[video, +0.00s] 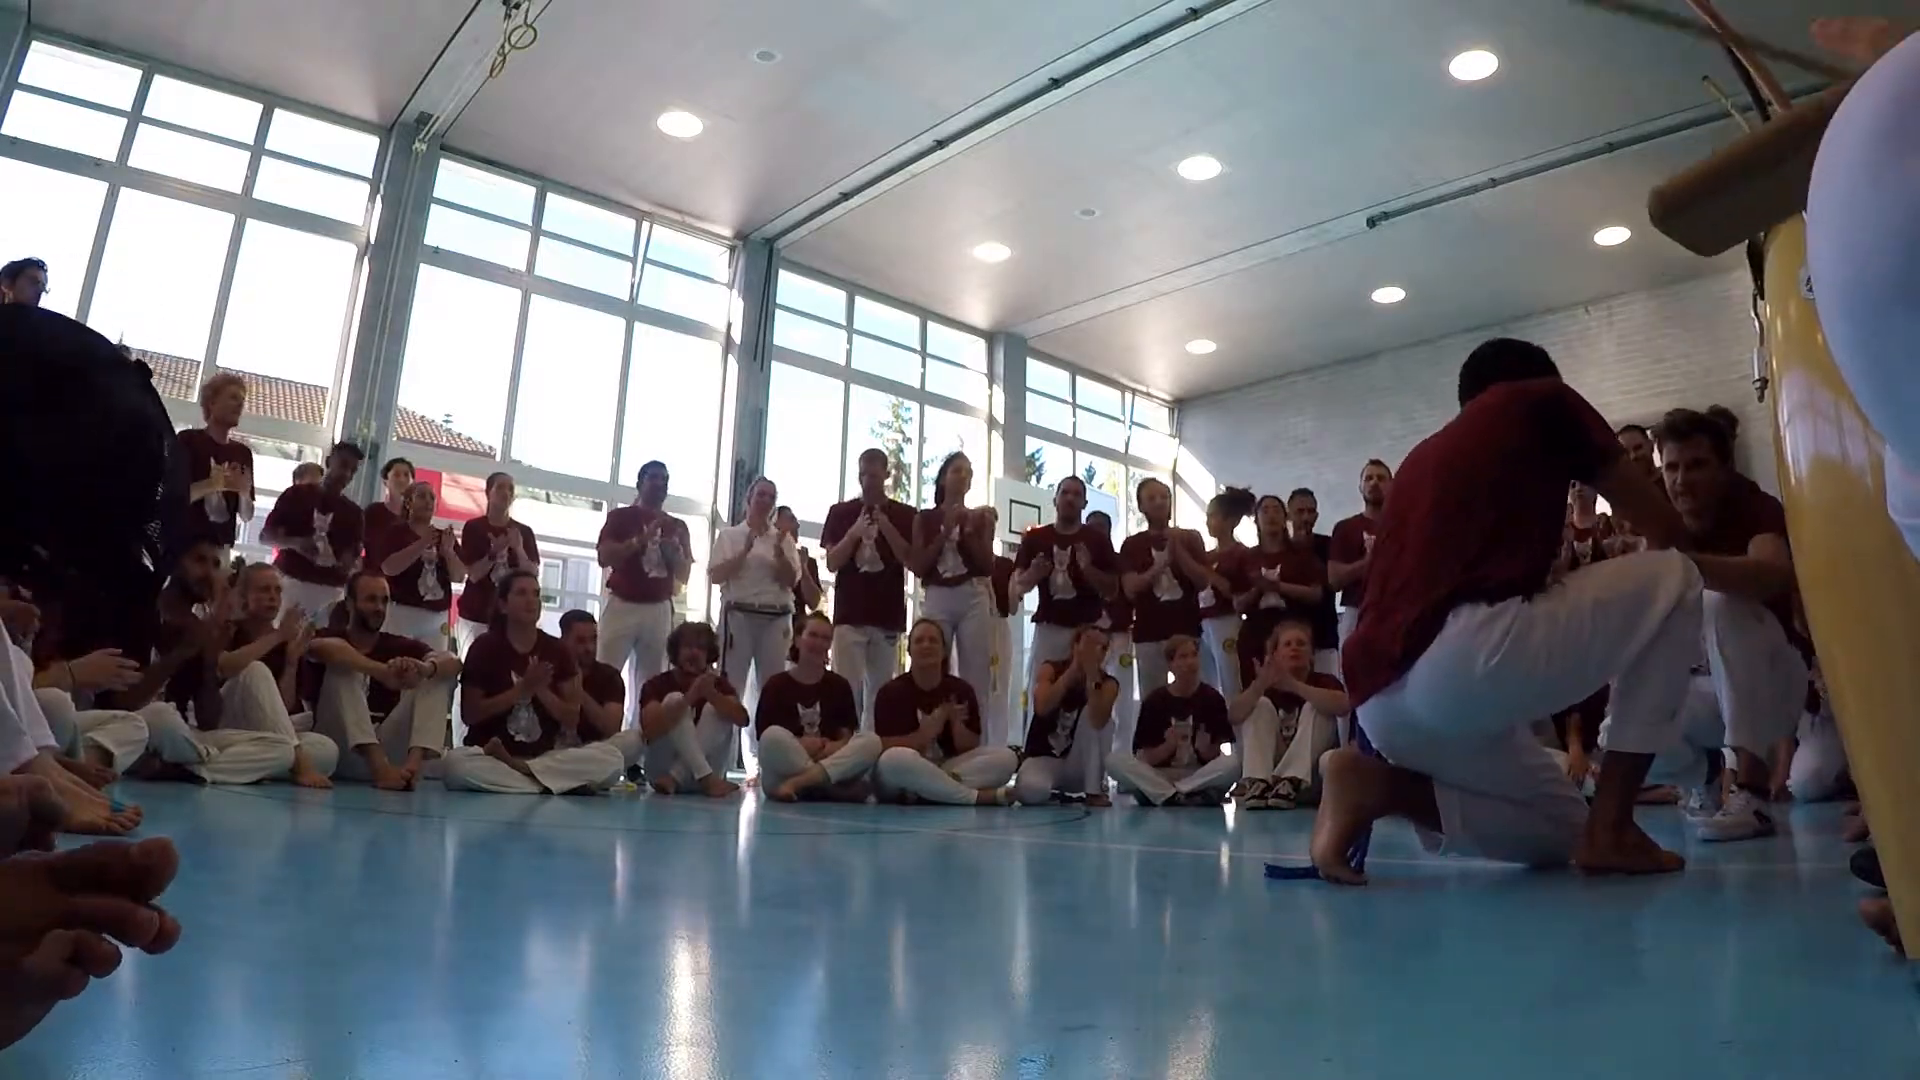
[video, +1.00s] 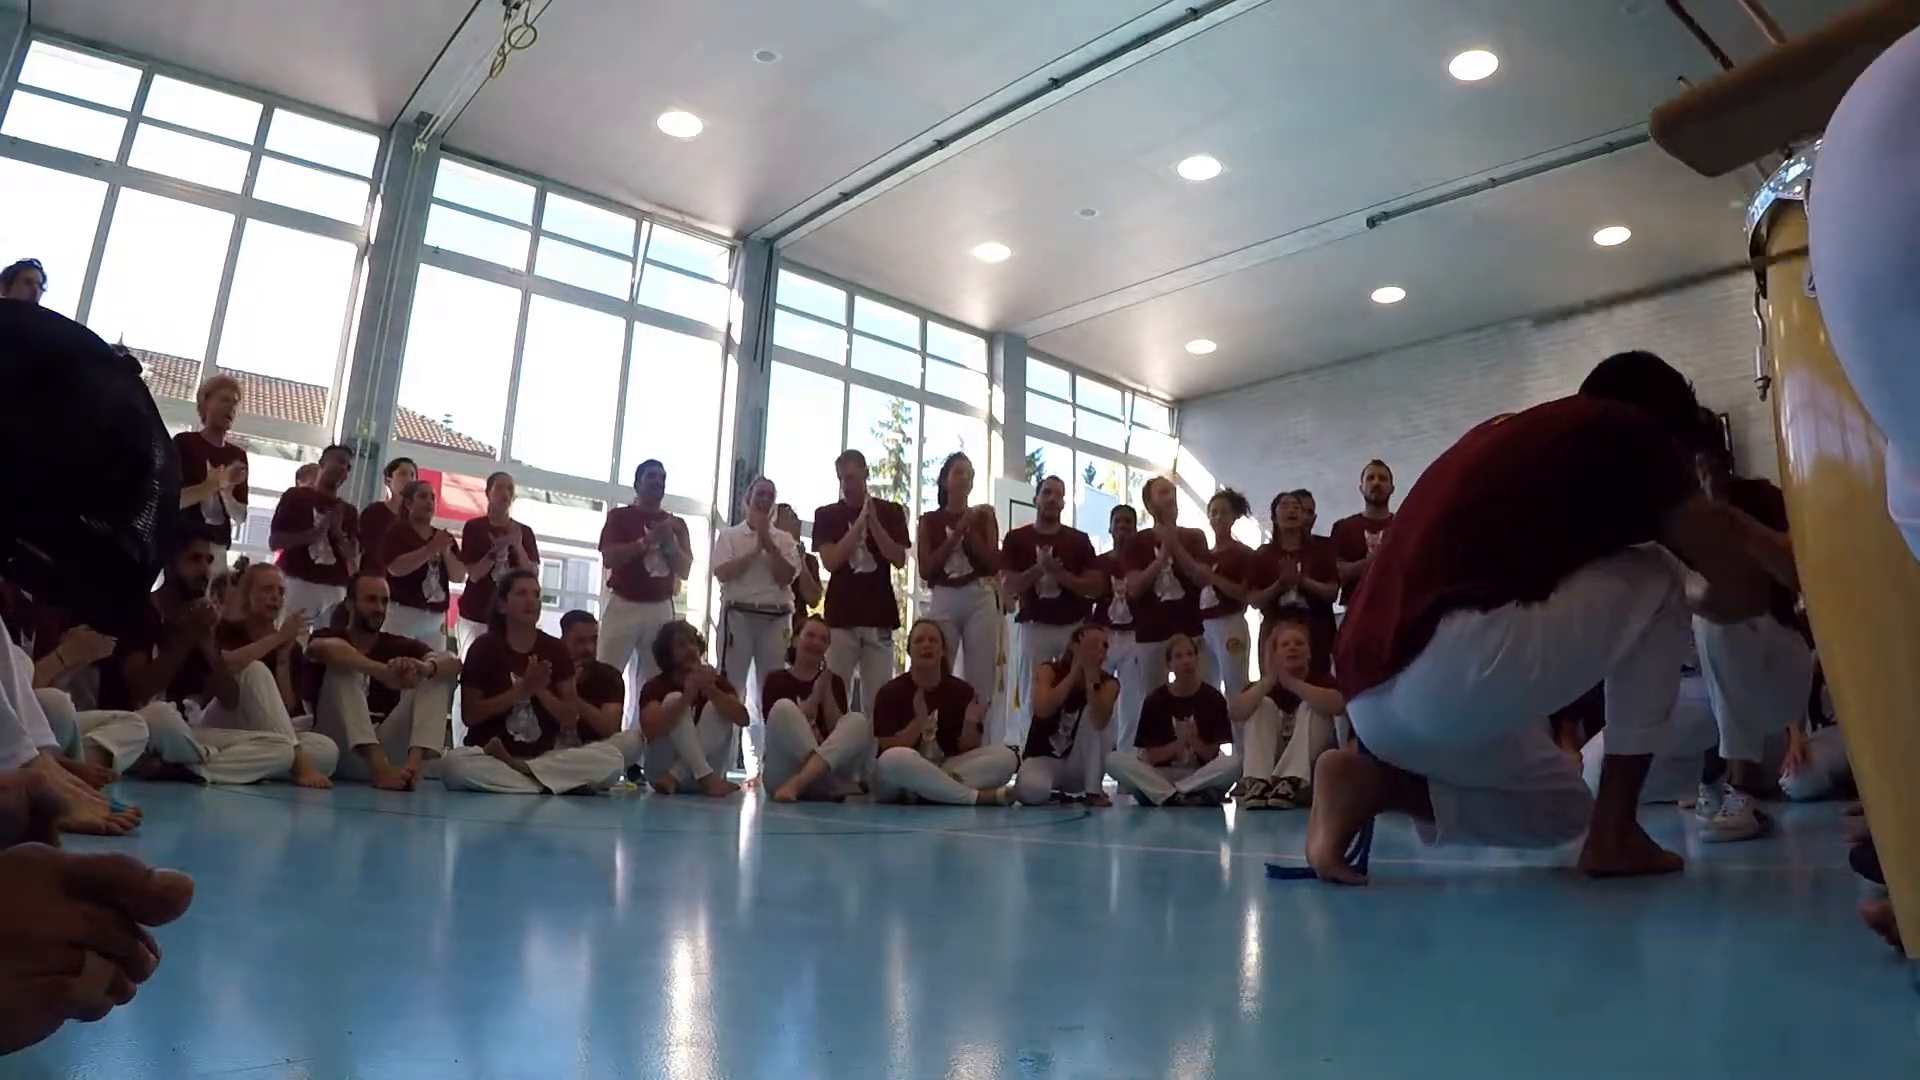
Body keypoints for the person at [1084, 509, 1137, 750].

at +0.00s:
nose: (1098, 532)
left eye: (1102, 527)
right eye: (1094, 527)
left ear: (1110, 530)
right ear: (1086, 529)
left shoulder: (1118, 560)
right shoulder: (1081, 558)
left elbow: (1126, 594)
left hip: (1118, 630)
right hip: (1088, 629)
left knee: (1123, 694)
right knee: (1092, 693)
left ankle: (1124, 748)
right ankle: (1093, 749)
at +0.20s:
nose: (1103, 530)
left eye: (1108, 525)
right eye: (1099, 525)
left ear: (1115, 530)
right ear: (1090, 528)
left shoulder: (1124, 560)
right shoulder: (1083, 559)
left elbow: (1132, 594)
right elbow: (1077, 594)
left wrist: (1132, 627)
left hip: (1120, 630)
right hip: (1089, 630)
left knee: (1123, 694)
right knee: (1090, 692)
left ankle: (1123, 753)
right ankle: (1091, 755)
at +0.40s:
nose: (1110, 527)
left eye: (1115, 523)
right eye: (1106, 522)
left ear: (1123, 528)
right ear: (1099, 526)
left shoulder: (1131, 560)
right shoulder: (1091, 558)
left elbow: (1141, 600)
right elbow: (1081, 598)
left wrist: (1139, 636)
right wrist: (1082, 629)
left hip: (1125, 633)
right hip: (1094, 633)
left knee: (1126, 695)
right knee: (1095, 694)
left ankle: (1124, 751)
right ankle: (1096, 753)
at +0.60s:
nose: (1114, 526)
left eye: (1119, 522)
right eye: (1110, 521)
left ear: (1128, 528)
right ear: (1104, 527)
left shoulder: (1136, 560)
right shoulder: (1095, 558)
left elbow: (1141, 593)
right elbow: (1086, 593)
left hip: (1128, 631)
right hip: (1097, 631)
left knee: (1129, 696)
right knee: (1097, 695)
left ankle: (1125, 754)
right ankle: (1095, 754)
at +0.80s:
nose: (1121, 527)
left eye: (1126, 522)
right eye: (1116, 522)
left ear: (1134, 528)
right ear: (1109, 527)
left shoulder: (1141, 561)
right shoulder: (1101, 562)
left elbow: (1146, 598)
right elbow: (1094, 597)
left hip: (1133, 634)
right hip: (1105, 634)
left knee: (1133, 696)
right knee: (1102, 694)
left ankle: (1130, 748)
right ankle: (1099, 748)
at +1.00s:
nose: (1122, 526)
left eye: (1128, 522)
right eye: (1117, 521)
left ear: (1136, 527)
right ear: (1110, 527)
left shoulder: (1143, 562)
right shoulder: (1100, 562)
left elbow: (1149, 597)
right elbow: (1092, 594)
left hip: (1135, 634)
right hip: (1104, 634)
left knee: (1133, 698)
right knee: (1099, 696)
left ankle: (1127, 754)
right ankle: (1098, 752)